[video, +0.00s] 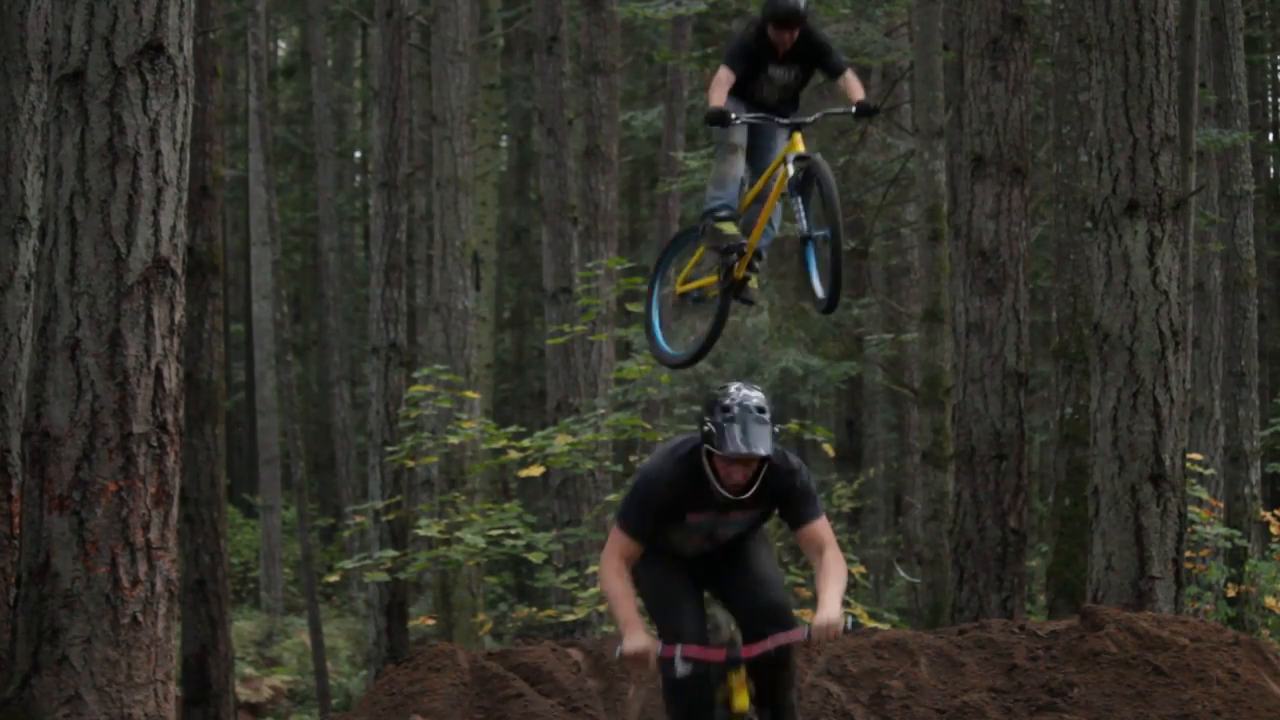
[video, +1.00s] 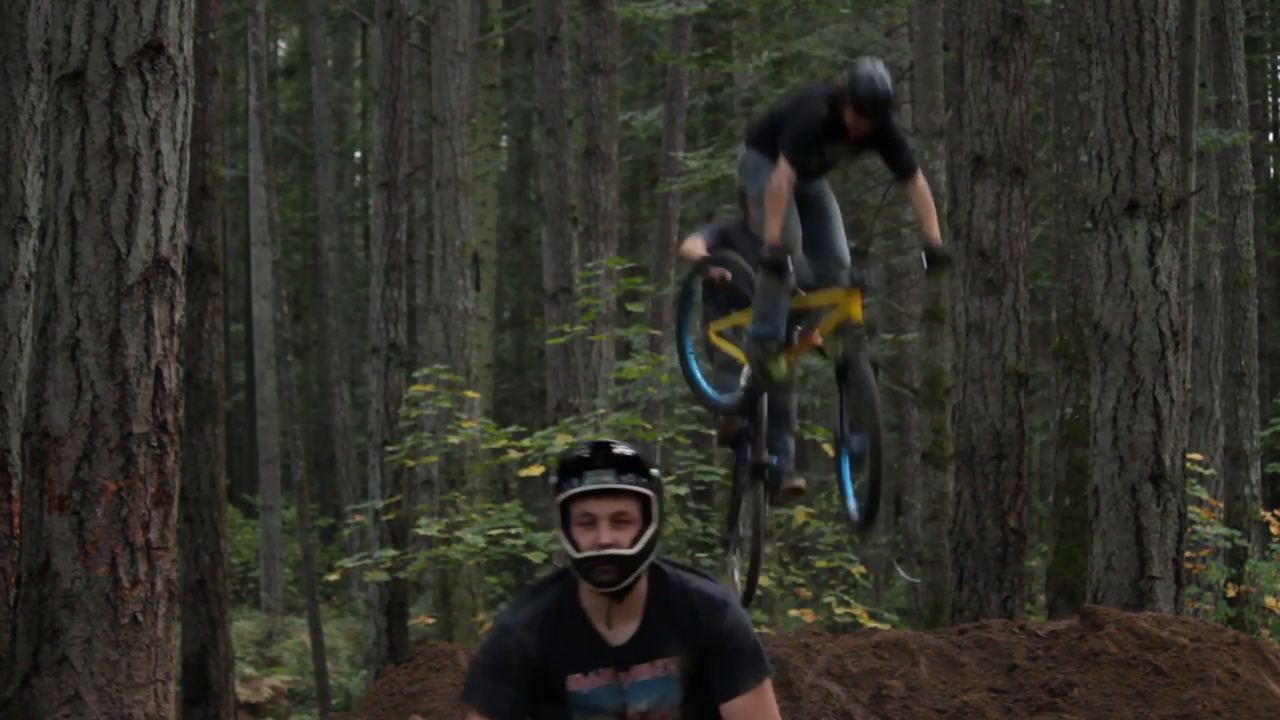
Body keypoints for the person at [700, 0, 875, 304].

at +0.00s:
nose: (785, 37)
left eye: (792, 31)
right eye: (779, 30)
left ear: (800, 27)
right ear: (767, 25)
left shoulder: (812, 42)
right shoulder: (752, 38)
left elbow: (843, 74)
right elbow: (724, 75)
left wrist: (859, 100)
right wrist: (716, 106)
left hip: (776, 119)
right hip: (739, 109)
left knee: (772, 188)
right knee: (734, 142)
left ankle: (750, 264)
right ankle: (720, 216)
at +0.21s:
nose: (796, 2)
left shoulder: (827, 9)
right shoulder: (759, 6)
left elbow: (858, 46)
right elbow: (733, 51)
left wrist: (873, 80)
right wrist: (726, 92)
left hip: (782, 82)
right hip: (747, 71)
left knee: (775, 161)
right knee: (745, 127)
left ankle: (749, 246)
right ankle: (728, 204)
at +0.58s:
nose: (826, 10)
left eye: (834, 5)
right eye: (821, 3)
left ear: (842, 4)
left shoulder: (853, 16)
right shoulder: (782, 11)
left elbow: (883, 60)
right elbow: (753, 62)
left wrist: (901, 106)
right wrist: (746, 116)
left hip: (792, 79)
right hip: (755, 67)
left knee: (800, 163)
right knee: (762, 132)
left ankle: (759, 252)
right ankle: (744, 222)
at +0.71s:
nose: (839, 35)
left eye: (847, 29)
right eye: (833, 26)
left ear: (856, 27)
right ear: (819, 18)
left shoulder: (862, 38)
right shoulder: (792, 27)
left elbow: (893, 85)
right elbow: (762, 86)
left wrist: (911, 135)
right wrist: (753, 144)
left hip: (797, 101)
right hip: (757, 89)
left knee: (813, 179)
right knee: (770, 161)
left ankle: (777, 255)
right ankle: (751, 250)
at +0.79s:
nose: (843, 50)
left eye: (851, 44)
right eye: (838, 41)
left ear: (861, 41)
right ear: (825, 32)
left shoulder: (866, 53)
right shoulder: (798, 42)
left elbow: (898, 102)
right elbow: (767, 102)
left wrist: (916, 156)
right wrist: (757, 163)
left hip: (799, 114)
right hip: (758, 101)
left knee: (818, 194)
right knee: (775, 179)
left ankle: (778, 266)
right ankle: (754, 270)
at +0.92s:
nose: (856, 96)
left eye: (864, 90)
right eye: (851, 86)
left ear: (876, 87)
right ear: (839, 75)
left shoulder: (877, 100)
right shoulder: (809, 84)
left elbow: (909, 150)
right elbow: (777, 146)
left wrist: (928, 210)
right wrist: (766, 212)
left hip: (806, 155)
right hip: (761, 140)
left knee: (831, 239)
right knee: (781, 223)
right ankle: (762, 314)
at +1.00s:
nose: (863, 126)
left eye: (871, 120)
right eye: (859, 116)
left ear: (883, 115)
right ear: (846, 103)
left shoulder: (882, 126)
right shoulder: (815, 111)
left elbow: (914, 179)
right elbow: (782, 176)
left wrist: (934, 242)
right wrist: (773, 243)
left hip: (809, 177)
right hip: (763, 162)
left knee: (836, 261)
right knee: (783, 248)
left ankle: (823, 332)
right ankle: (765, 340)